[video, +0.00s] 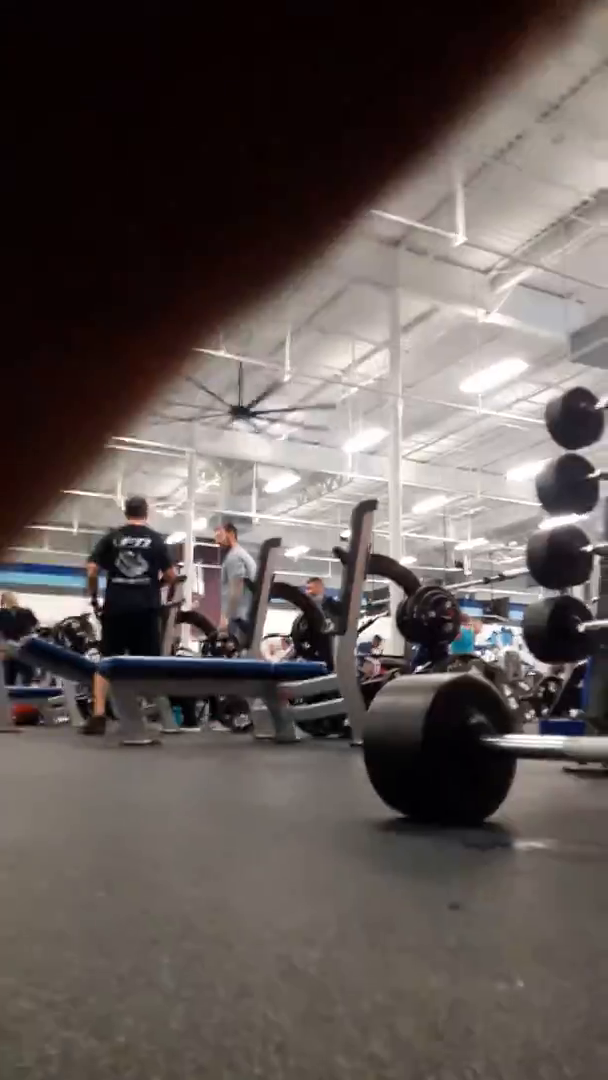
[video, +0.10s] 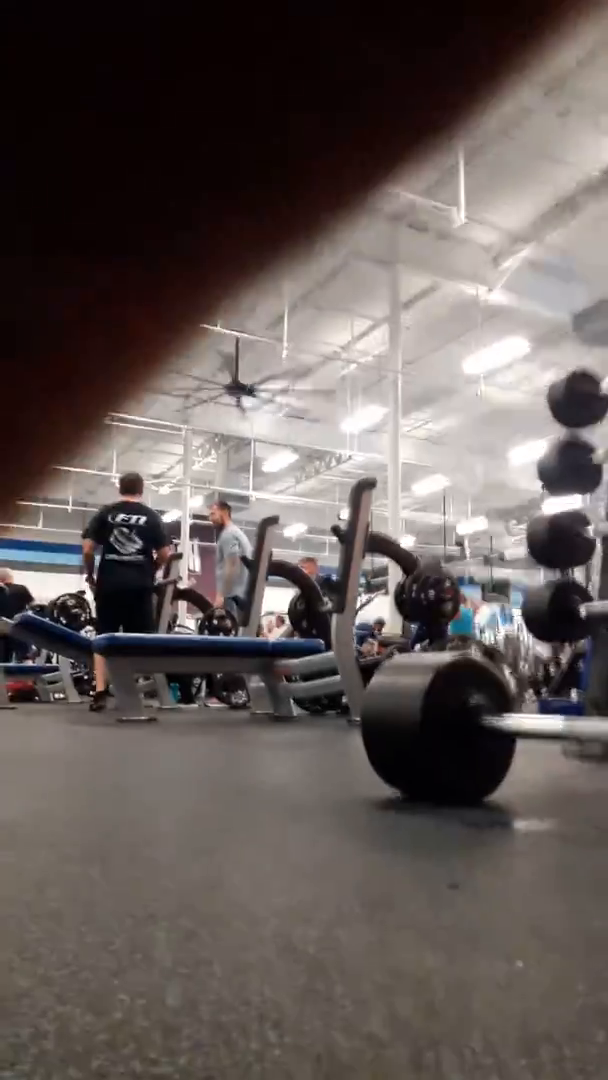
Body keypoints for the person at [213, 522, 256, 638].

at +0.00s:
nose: (216, 536)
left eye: (219, 531)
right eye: (215, 532)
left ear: (230, 533)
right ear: (230, 534)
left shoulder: (234, 557)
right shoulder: (241, 554)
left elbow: (236, 593)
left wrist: (225, 616)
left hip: (237, 618)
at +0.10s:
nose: (210, 518)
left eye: (213, 513)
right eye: (210, 514)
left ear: (224, 513)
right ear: (223, 513)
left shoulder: (228, 535)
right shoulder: (236, 532)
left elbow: (231, 567)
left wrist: (221, 594)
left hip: (232, 595)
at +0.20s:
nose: (203, 514)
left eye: (206, 510)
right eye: (203, 510)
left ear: (217, 510)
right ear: (216, 511)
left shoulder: (222, 531)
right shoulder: (226, 528)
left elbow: (227, 560)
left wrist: (213, 588)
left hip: (226, 589)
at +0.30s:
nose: (201, 507)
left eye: (204, 503)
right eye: (201, 503)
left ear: (215, 505)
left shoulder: (218, 527)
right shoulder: (223, 524)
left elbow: (225, 555)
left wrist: (203, 577)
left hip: (223, 585)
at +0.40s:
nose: (199, 505)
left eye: (203, 501)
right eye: (199, 501)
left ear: (212, 504)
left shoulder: (216, 525)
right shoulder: (222, 523)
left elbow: (223, 553)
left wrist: (196, 565)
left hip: (220, 585)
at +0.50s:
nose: (195, 506)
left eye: (199, 502)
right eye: (195, 503)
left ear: (210, 504)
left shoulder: (217, 525)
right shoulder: (210, 526)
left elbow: (222, 552)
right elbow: (213, 552)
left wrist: (192, 555)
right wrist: (192, 553)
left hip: (221, 583)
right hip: (215, 581)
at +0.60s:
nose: (192, 510)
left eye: (195, 506)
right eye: (192, 507)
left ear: (206, 505)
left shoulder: (216, 526)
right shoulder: (206, 529)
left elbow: (221, 553)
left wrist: (192, 555)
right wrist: (190, 555)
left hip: (221, 583)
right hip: (211, 582)